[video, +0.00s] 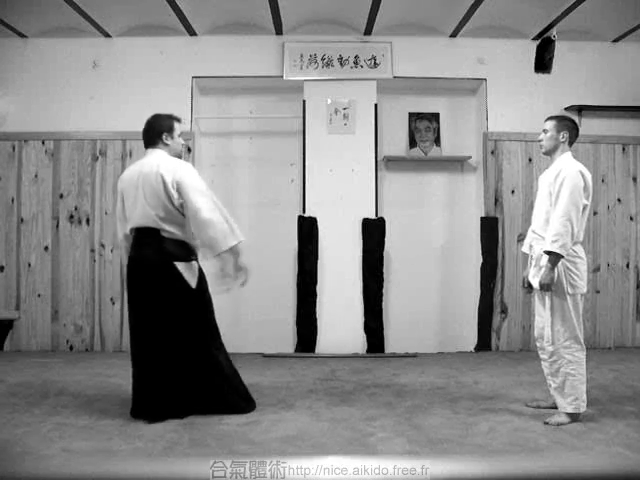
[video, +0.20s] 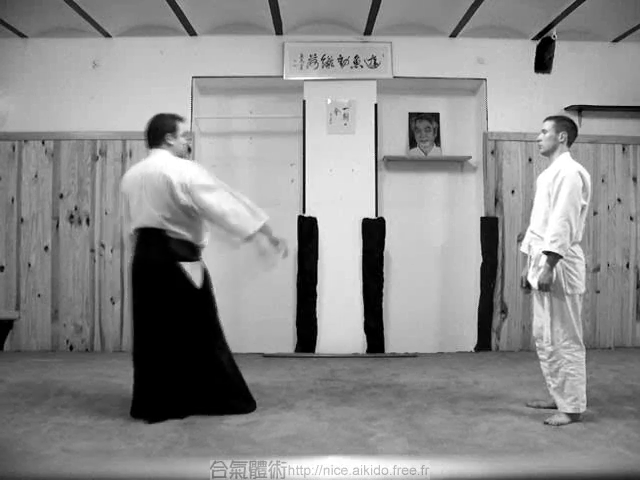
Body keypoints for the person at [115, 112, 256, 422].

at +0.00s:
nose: (184, 143)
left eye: (184, 136)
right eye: (180, 137)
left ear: (151, 140)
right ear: (165, 139)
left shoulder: (128, 175)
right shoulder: (178, 170)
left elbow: (124, 228)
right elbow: (207, 216)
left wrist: (135, 256)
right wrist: (234, 256)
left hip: (139, 258)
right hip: (174, 259)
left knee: (147, 331)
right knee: (194, 329)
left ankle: (150, 402)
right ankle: (225, 397)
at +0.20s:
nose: (190, 142)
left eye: (189, 136)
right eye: (185, 136)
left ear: (157, 140)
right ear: (169, 138)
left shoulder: (131, 174)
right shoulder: (183, 171)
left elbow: (133, 223)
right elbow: (221, 204)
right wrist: (265, 232)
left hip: (144, 258)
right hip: (178, 259)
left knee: (152, 332)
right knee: (199, 330)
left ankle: (153, 402)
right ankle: (227, 398)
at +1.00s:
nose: (228, 142)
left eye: (228, 136)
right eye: (226, 136)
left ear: (196, 138)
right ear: (213, 137)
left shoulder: (165, 168)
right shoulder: (222, 169)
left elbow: (158, 213)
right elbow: (267, 191)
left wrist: (171, 241)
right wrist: (317, 205)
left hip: (170, 253)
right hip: (205, 256)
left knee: (169, 327)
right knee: (215, 328)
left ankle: (161, 400)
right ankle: (220, 398)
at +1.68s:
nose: (160, 144)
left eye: (160, 139)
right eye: (155, 139)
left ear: (140, 141)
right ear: (138, 141)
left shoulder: (143, 168)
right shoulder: (133, 171)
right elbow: (164, 181)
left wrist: (184, 161)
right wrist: (176, 160)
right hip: (148, 259)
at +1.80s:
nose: (159, 141)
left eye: (158, 136)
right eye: (153, 136)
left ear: (137, 143)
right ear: (136, 141)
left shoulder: (147, 171)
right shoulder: (129, 171)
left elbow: (165, 161)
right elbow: (153, 157)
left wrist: (173, 137)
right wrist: (162, 128)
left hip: (160, 257)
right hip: (144, 259)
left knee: (170, 328)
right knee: (145, 331)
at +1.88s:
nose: (159, 141)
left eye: (158, 136)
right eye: (153, 136)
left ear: (138, 141)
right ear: (137, 140)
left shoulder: (144, 168)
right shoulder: (133, 168)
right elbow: (163, 148)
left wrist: (188, 124)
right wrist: (176, 119)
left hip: (153, 253)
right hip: (147, 256)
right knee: (169, 324)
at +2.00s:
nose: (166, 141)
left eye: (164, 135)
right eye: (159, 137)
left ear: (139, 143)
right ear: (142, 142)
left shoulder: (135, 167)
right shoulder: (147, 166)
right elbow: (189, 155)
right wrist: (207, 128)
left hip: (134, 250)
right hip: (158, 253)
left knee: (132, 325)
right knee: (155, 327)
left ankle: (127, 397)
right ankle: (145, 398)